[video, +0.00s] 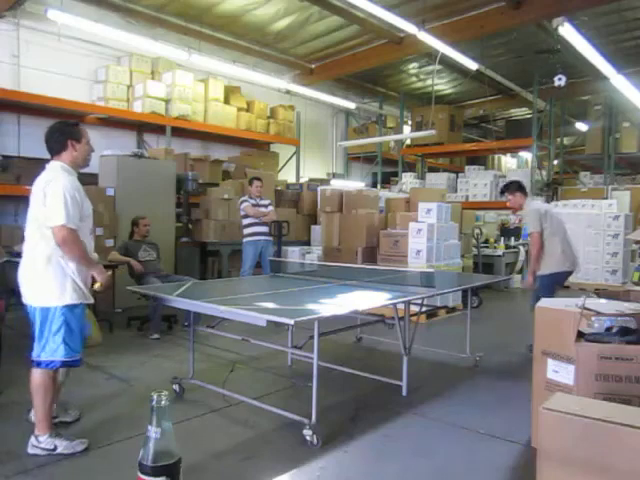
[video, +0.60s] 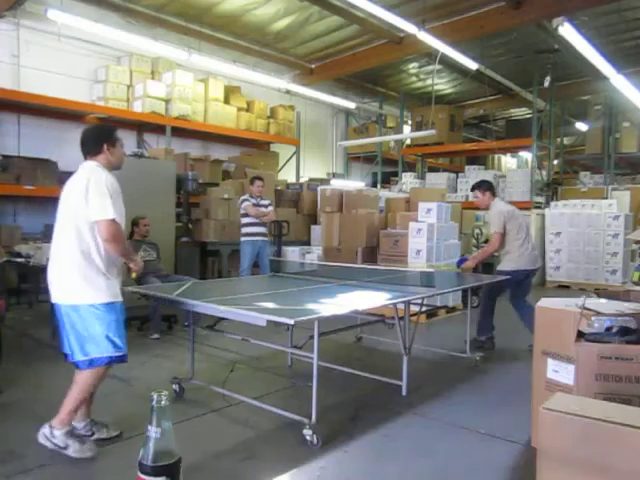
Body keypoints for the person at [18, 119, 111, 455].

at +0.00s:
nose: (90, 148)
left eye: (88, 143)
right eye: (86, 143)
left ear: (64, 146)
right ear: (71, 145)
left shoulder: (55, 177)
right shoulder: (60, 180)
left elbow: (64, 234)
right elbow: (64, 235)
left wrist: (95, 262)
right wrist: (95, 268)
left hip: (51, 286)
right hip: (53, 288)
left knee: (54, 353)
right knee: (49, 360)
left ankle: (44, 408)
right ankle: (43, 436)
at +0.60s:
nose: (124, 152)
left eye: (122, 145)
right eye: (120, 146)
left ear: (95, 149)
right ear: (106, 148)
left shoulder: (81, 177)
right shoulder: (99, 177)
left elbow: (89, 234)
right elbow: (110, 234)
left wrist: (127, 238)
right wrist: (131, 258)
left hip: (70, 285)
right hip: (89, 287)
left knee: (90, 357)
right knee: (103, 356)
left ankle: (82, 423)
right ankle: (57, 428)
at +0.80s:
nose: (129, 153)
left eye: (127, 147)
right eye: (126, 147)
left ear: (96, 151)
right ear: (113, 149)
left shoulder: (80, 181)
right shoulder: (111, 179)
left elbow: (88, 233)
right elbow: (119, 233)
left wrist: (131, 234)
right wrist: (141, 261)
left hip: (73, 288)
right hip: (101, 289)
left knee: (92, 359)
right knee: (115, 365)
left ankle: (80, 422)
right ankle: (103, 452)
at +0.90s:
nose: (136, 156)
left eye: (135, 150)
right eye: (134, 150)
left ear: (101, 153)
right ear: (121, 151)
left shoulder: (81, 184)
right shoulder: (119, 184)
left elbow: (88, 237)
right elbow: (130, 240)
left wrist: (135, 263)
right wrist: (149, 267)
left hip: (73, 292)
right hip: (104, 295)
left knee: (95, 361)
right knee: (115, 371)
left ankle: (81, 422)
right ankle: (100, 459)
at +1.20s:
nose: (130, 163)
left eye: (129, 157)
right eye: (128, 157)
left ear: (98, 161)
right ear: (115, 159)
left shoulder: (77, 190)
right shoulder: (118, 192)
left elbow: (79, 240)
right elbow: (140, 251)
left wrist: (124, 262)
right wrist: (149, 272)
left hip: (64, 286)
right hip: (98, 292)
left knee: (85, 341)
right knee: (126, 366)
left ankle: (55, 397)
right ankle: (101, 458)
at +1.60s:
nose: (100, 174)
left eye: (99, 169)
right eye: (96, 169)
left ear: (78, 171)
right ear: (80, 171)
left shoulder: (68, 197)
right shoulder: (70, 200)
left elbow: (86, 247)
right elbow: (63, 251)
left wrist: (124, 259)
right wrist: (90, 272)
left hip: (44, 284)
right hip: (54, 287)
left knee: (52, 346)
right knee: (69, 353)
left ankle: (29, 395)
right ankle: (72, 438)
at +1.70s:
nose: (95, 169)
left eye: (94, 164)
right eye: (91, 164)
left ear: (71, 167)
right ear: (76, 167)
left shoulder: (59, 190)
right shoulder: (67, 193)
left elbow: (59, 241)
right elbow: (59, 241)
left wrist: (83, 259)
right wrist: (82, 264)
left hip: (33, 278)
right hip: (47, 282)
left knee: (45, 342)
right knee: (59, 350)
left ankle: (30, 393)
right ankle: (54, 434)